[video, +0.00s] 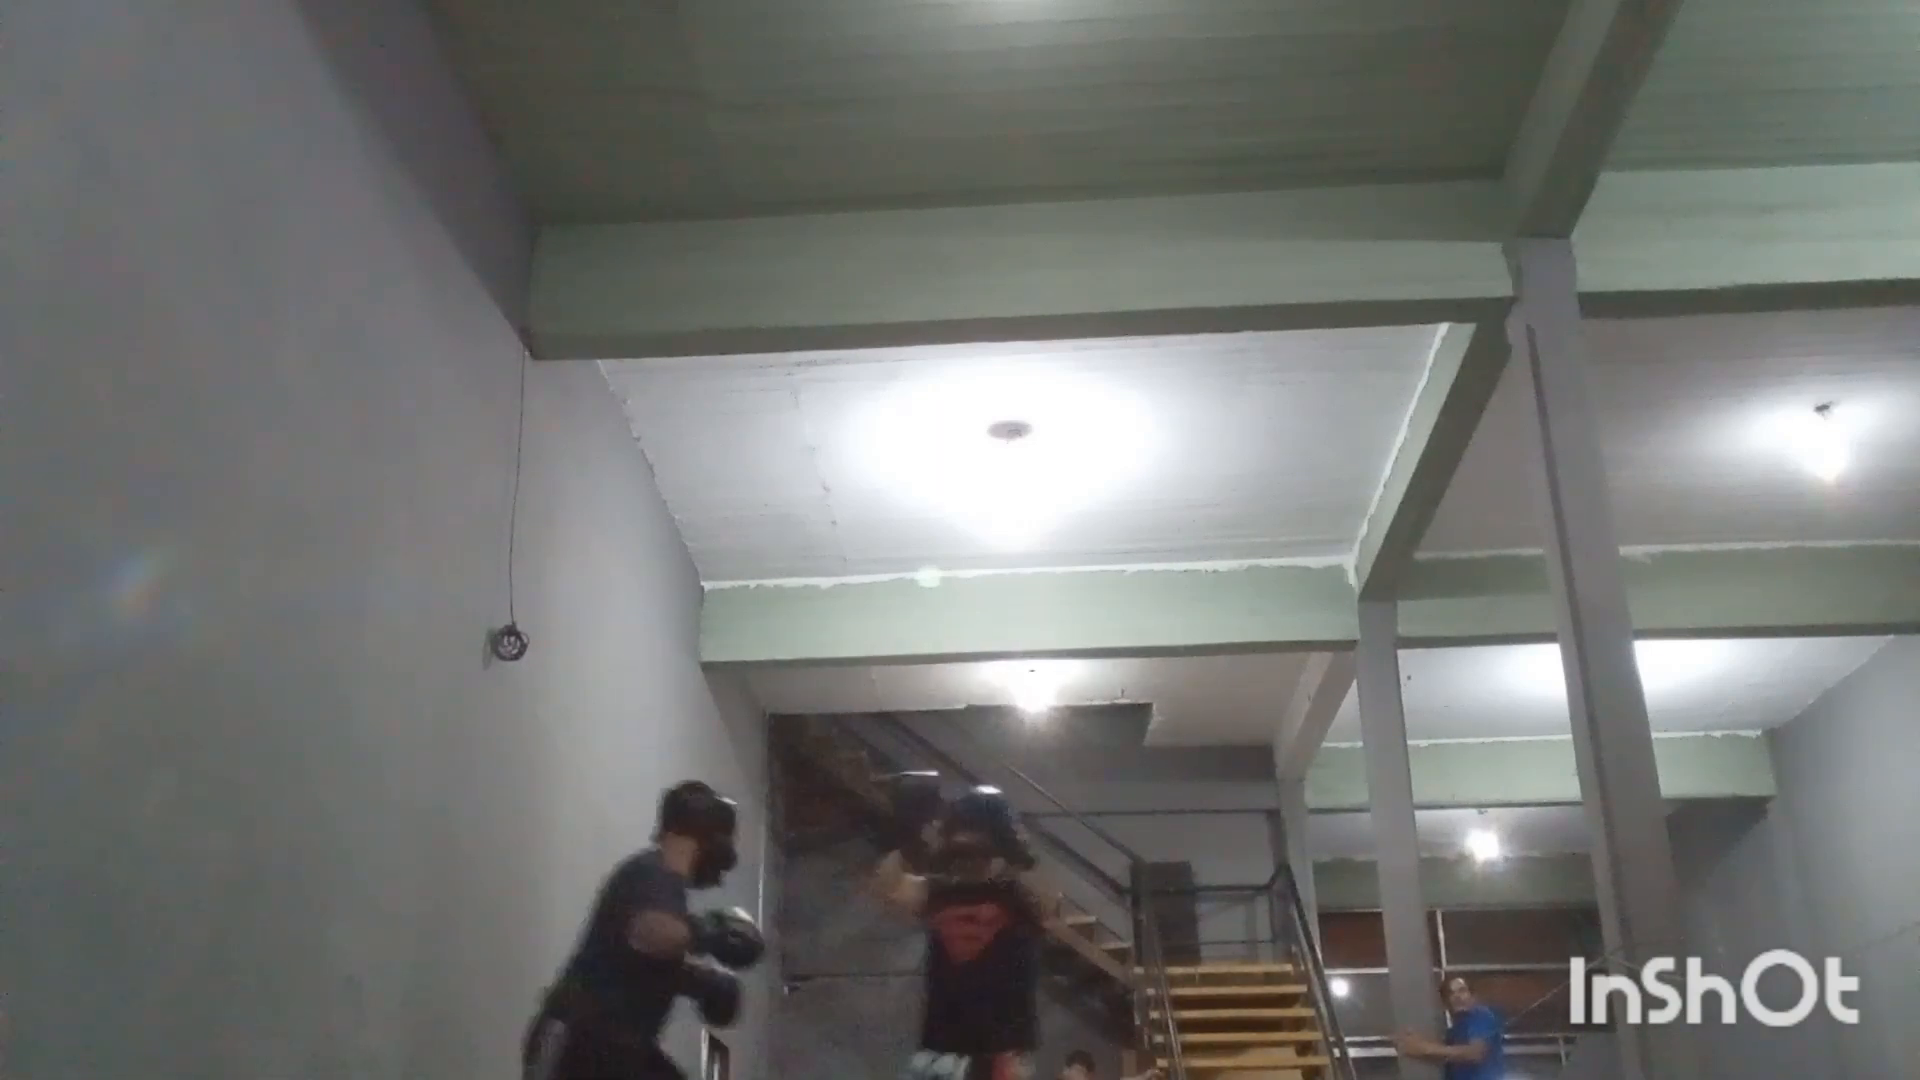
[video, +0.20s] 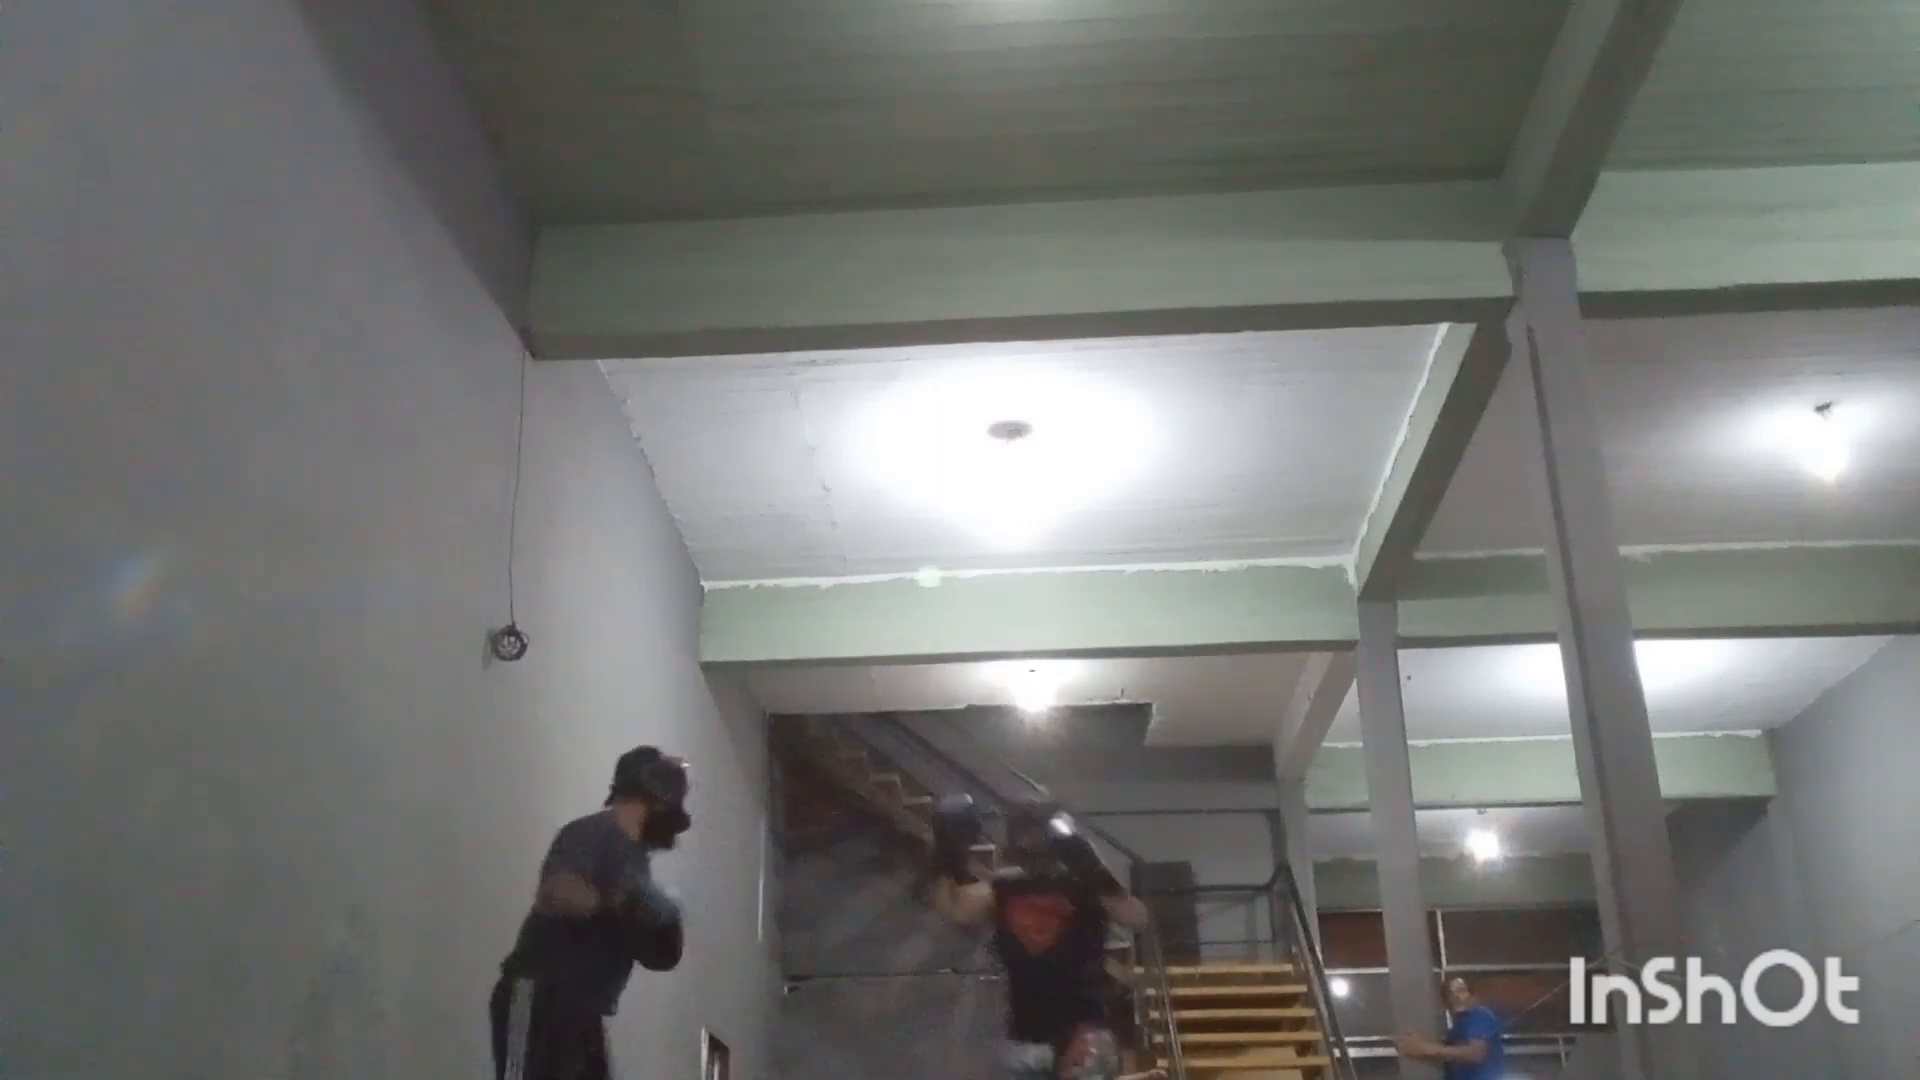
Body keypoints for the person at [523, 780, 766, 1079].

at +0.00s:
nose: (730, 854)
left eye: (729, 839)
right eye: (724, 837)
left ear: (674, 829)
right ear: (703, 834)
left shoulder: (662, 884)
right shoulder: (652, 874)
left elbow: (645, 962)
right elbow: (648, 933)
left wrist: (703, 982)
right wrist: (708, 931)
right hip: (590, 1038)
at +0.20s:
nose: (679, 817)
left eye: (680, 805)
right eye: (675, 803)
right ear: (656, 796)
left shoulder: (635, 858)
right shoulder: (587, 834)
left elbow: (663, 952)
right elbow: (558, 895)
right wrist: (629, 910)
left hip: (584, 1005)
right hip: (539, 995)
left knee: (591, 1072)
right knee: (530, 1072)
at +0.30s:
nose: (660, 838)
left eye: (658, 825)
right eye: (652, 825)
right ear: (628, 819)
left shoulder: (614, 876)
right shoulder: (562, 868)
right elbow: (537, 947)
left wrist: (654, 955)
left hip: (561, 1027)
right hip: (519, 1023)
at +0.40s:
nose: (655, 830)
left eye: (654, 816)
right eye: (648, 815)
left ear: (619, 812)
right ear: (623, 812)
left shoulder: (609, 870)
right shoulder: (562, 859)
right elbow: (551, 936)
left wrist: (642, 933)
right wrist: (615, 930)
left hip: (555, 1019)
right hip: (518, 1014)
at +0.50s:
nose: (668, 794)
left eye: (668, 781)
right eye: (662, 779)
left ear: (633, 772)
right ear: (636, 772)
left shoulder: (614, 825)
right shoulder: (587, 814)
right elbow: (579, 889)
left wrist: (647, 883)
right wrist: (639, 873)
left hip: (563, 973)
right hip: (536, 970)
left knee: (561, 1069)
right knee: (537, 1070)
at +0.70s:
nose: (687, 811)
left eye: (688, 799)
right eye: (682, 798)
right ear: (659, 791)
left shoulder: (637, 849)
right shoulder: (606, 833)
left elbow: (625, 911)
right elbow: (610, 912)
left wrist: (681, 895)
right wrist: (671, 902)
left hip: (587, 989)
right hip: (558, 981)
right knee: (591, 1070)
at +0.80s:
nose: (723, 814)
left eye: (722, 799)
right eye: (717, 798)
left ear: (685, 792)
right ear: (693, 793)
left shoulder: (664, 849)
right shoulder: (634, 836)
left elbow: (651, 928)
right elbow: (643, 918)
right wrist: (705, 891)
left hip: (623, 997)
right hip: (594, 989)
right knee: (629, 1069)